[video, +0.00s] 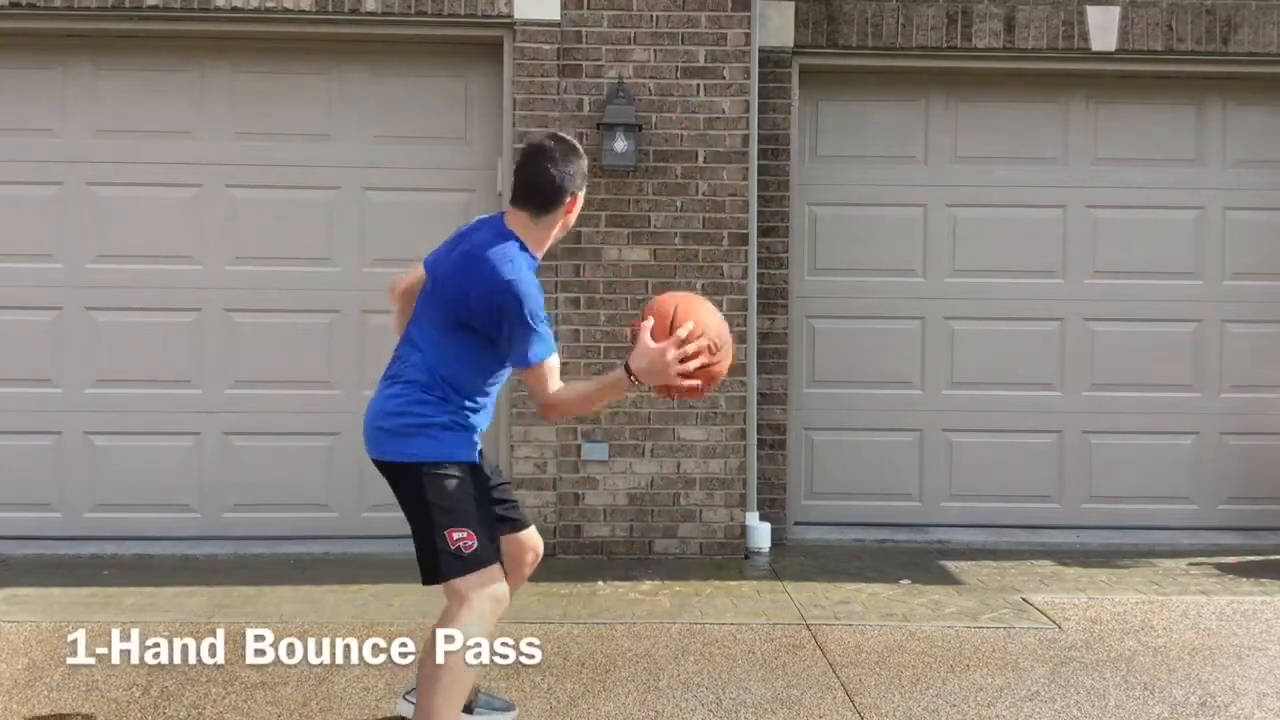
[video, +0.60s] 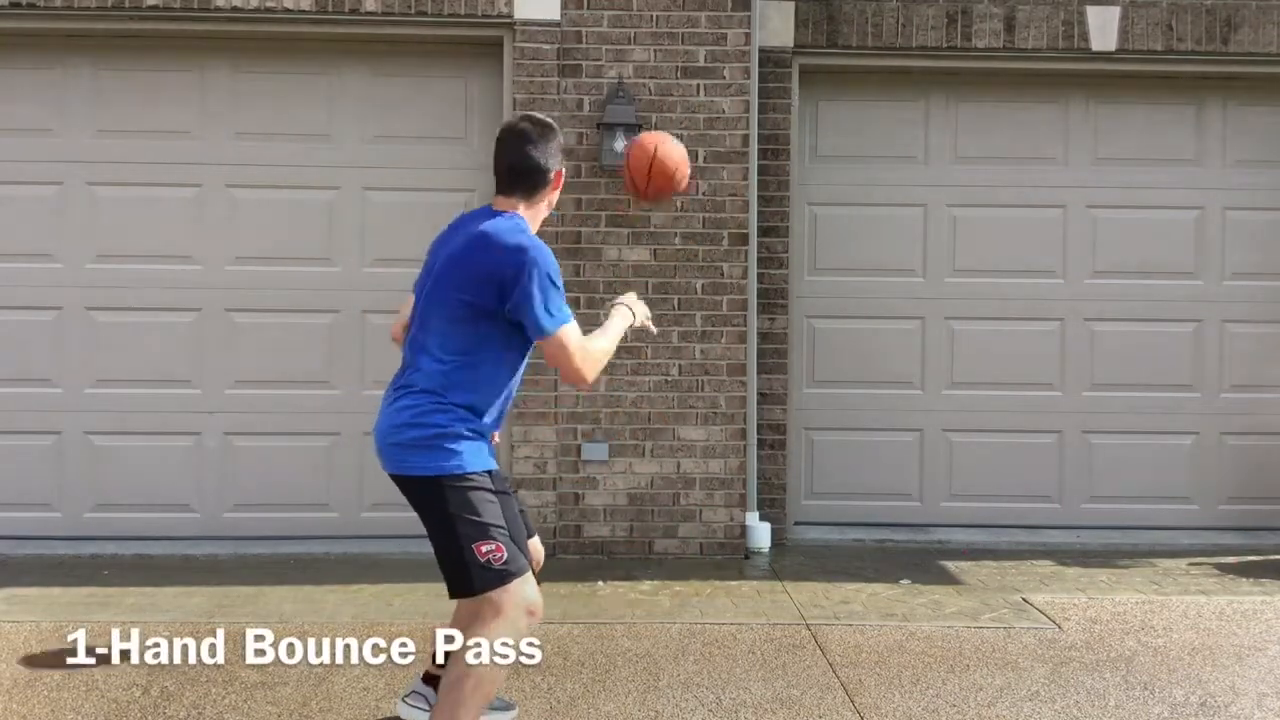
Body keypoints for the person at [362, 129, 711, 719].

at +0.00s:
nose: (581, 209)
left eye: (583, 197)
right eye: (582, 198)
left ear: (516, 187)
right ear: (570, 206)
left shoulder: (482, 233)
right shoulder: (515, 275)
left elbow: (405, 288)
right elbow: (551, 403)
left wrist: (421, 361)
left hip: (439, 430)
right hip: (422, 436)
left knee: (520, 552)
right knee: (480, 594)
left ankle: (431, 688)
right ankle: (433, 711)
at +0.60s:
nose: (564, 182)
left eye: (562, 172)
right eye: (563, 173)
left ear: (496, 174)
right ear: (556, 182)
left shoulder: (461, 231)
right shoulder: (524, 253)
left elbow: (405, 329)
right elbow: (582, 367)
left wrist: (471, 390)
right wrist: (622, 317)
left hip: (432, 430)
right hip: (441, 440)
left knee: (525, 554)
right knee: (507, 606)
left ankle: (437, 686)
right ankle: (453, 711)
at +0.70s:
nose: (552, 159)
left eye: (547, 150)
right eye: (552, 150)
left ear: (485, 158)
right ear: (543, 160)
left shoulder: (459, 220)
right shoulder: (521, 231)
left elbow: (408, 321)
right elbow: (626, 297)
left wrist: (483, 395)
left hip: (447, 428)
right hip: (444, 436)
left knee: (521, 555)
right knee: (510, 606)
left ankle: (437, 686)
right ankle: (450, 712)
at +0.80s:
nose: (549, 147)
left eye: (547, 138)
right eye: (547, 138)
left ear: (480, 148)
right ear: (536, 146)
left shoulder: (463, 209)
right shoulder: (518, 207)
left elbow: (423, 316)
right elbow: (645, 223)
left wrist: (491, 383)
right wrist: (676, 139)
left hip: (450, 423)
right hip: (444, 432)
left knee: (518, 553)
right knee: (498, 602)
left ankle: (434, 687)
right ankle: (449, 713)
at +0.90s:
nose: (552, 141)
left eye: (547, 129)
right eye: (549, 129)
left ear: (484, 139)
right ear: (538, 137)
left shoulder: (481, 201)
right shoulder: (507, 198)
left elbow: (448, 317)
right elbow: (642, 202)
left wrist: (493, 379)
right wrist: (697, 107)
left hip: (464, 420)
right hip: (440, 424)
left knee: (519, 551)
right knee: (498, 599)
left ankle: (439, 683)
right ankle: (446, 710)